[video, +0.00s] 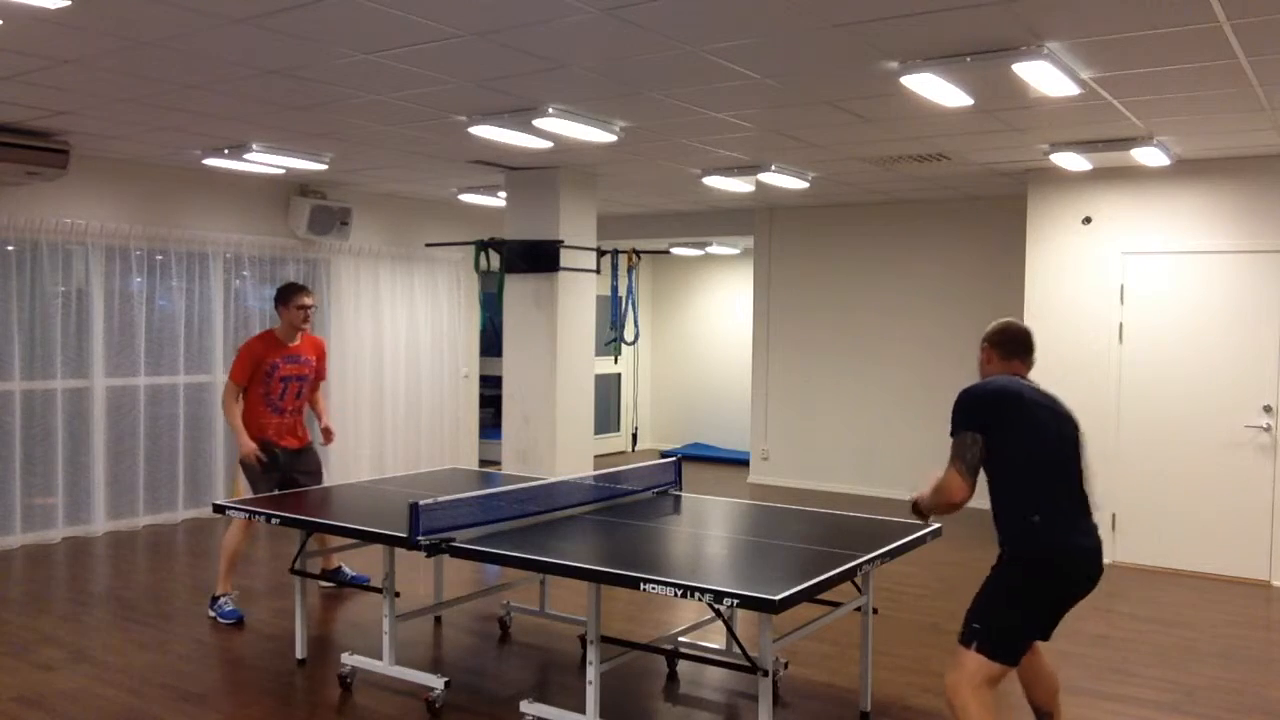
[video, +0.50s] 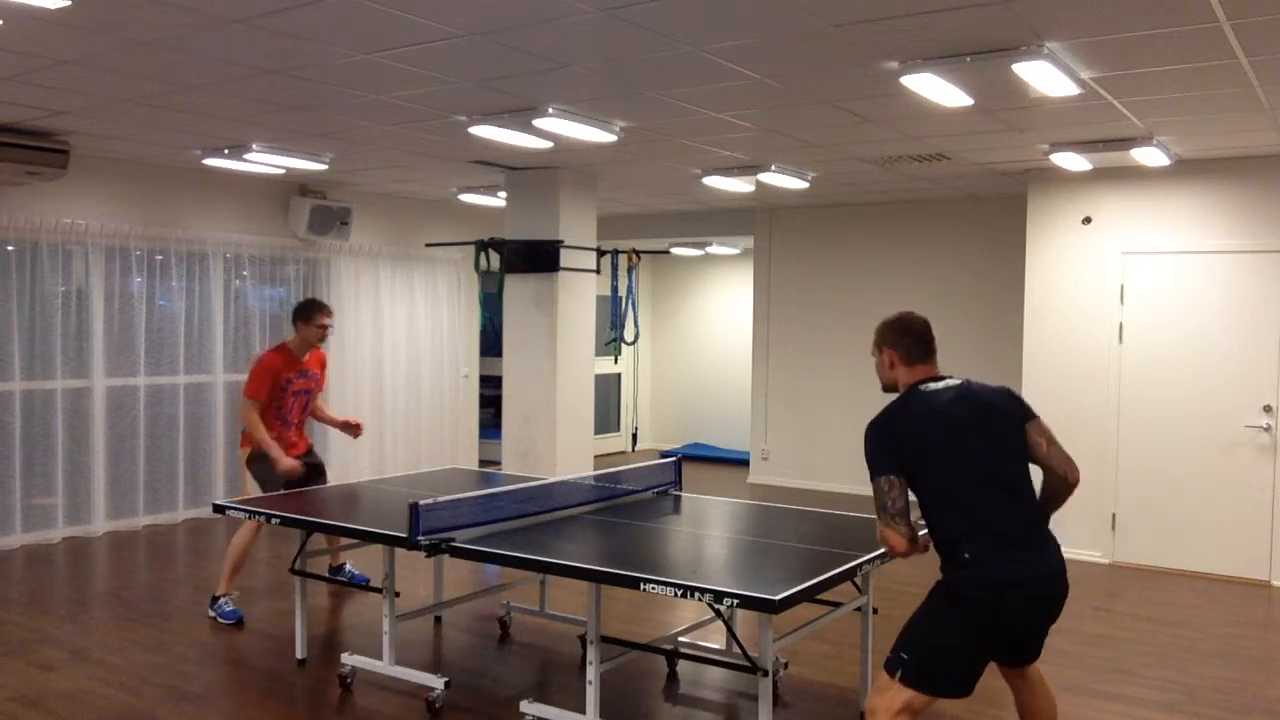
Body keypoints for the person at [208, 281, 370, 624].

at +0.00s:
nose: (308, 314)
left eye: (311, 309)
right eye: (301, 308)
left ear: (313, 312)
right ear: (281, 310)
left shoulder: (316, 347)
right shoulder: (257, 348)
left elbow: (314, 390)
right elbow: (230, 397)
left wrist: (323, 419)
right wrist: (243, 439)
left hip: (299, 446)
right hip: (261, 446)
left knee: (320, 507)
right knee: (247, 515)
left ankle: (331, 566)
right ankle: (222, 594)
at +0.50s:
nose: (327, 333)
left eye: (329, 327)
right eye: (322, 327)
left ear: (322, 328)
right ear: (301, 326)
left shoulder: (318, 359)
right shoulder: (270, 362)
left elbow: (312, 404)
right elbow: (248, 413)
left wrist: (338, 423)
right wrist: (277, 455)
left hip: (299, 448)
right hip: (263, 450)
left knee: (328, 501)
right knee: (259, 515)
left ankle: (337, 565)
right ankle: (222, 595)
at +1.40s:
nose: (336, 315)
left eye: (340, 310)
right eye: (329, 309)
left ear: (342, 312)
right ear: (312, 310)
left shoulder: (339, 346)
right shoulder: (290, 348)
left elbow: (336, 389)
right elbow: (278, 403)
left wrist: (363, 415)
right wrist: (292, 442)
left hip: (324, 436)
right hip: (288, 438)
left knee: (349, 493)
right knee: (269, 506)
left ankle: (349, 556)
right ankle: (243, 584)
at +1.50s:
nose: (325, 322)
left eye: (329, 317)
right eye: (319, 317)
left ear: (333, 319)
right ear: (302, 317)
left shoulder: (337, 352)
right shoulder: (277, 356)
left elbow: (341, 392)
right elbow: (263, 404)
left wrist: (362, 422)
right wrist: (262, 448)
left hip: (325, 445)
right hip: (284, 447)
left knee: (350, 503)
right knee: (262, 511)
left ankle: (365, 554)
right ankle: (243, 585)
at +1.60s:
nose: (312, 334)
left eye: (317, 328)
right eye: (305, 328)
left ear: (323, 327)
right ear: (292, 328)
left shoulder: (336, 361)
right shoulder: (271, 366)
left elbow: (348, 396)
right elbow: (256, 418)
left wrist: (360, 430)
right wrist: (237, 450)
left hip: (327, 451)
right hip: (283, 452)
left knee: (353, 503)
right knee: (261, 509)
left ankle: (368, 558)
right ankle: (243, 584)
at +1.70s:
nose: (295, 342)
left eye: (301, 336)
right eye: (289, 336)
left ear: (310, 335)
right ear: (278, 336)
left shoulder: (327, 366)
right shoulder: (263, 371)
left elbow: (346, 400)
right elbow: (244, 417)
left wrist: (355, 432)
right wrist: (213, 448)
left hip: (323, 455)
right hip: (280, 456)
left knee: (353, 505)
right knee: (256, 511)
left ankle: (369, 559)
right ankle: (240, 584)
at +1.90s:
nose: (285, 334)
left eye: (290, 328)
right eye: (278, 327)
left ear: (295, 329)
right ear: (263, 327)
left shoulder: (304, 358)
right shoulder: (247, 361)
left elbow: (310, 398)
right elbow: (232, 400)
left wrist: (324, 413)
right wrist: (235, 403)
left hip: (301, 447)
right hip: (259, 449)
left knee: (331, 502)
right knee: (245, 512)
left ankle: (363, 555)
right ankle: (239, 584)